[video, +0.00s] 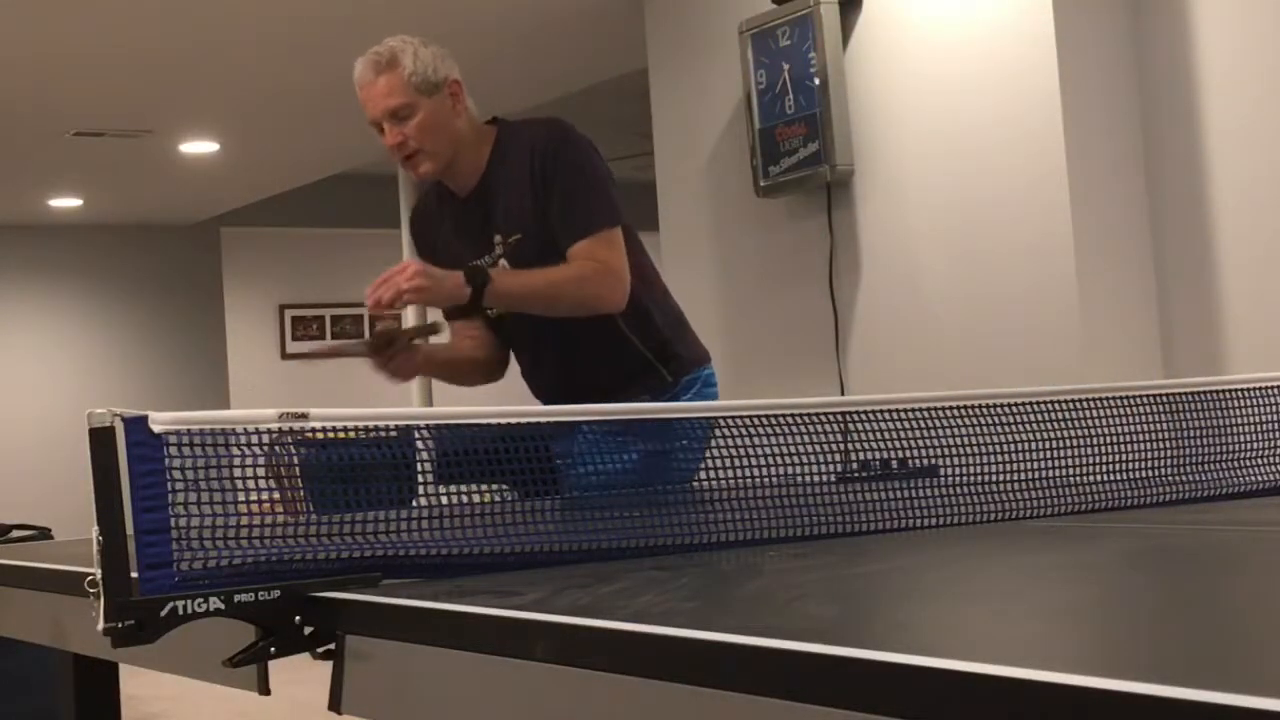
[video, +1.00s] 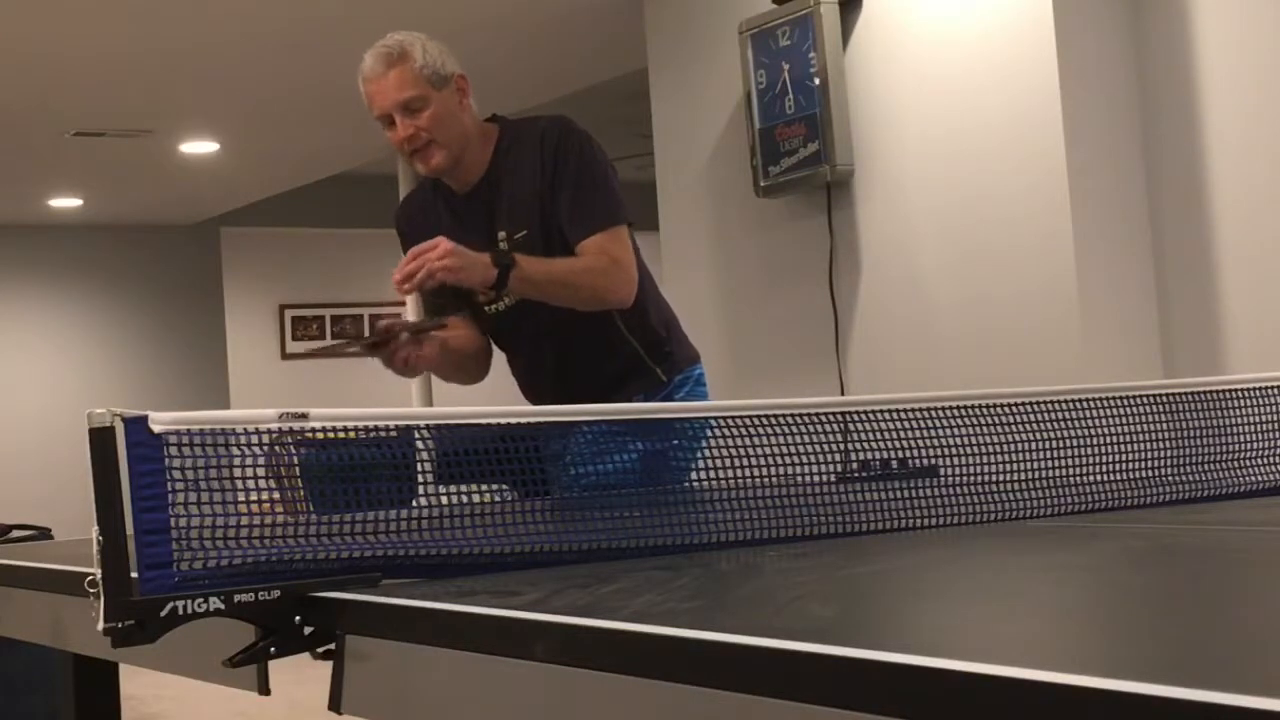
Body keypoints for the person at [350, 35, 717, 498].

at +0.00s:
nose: (392, 141)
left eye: (402, 115)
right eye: (380, 128)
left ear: (454, 96)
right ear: (375, 133)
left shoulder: (552, 149)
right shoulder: (432, 218)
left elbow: (606, 285)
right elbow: (486, 357)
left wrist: (465, 284)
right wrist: (421, 358)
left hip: (667, 394)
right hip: (578, 413)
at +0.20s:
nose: (396, 137)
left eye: (405, 112)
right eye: (382, 125)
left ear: (456, 93)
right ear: (379, 130)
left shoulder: (553, 145)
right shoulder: (426, 218)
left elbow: (615, 278)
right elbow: (471, 367)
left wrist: (482, 280)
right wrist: (426, 345)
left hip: (666, 391)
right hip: (576, 414)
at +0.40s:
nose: (402, 134)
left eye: (411, 109)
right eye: (387, 122)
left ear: (461, 92)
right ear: (382, 128)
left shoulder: (557, 145)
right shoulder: (427, 214)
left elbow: (621, 279)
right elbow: (473, 359)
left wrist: (492, 270)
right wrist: (416, 358)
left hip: (666, 392)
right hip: (576, 416)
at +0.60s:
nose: (402, 137)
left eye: (411, 112)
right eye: (387, 125)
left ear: (460, 92)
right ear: (382, 131)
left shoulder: (555, 145)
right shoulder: (423, 217)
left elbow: (612, 281)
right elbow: (478, 362)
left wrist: (481, 277)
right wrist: (420, 343)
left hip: (665, 394)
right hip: (573, 418)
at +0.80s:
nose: (403, 133)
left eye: (412, 108)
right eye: (386, 122)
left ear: (460, 91)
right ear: (382, 130)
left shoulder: (556, 145)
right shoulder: (420, 216)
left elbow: (615, 280)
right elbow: (472, 364)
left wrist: (487, 276)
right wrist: (419, 341)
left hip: (663, 392)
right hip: (570, 416)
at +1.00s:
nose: (405, 132)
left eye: (414, 108)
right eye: (388, 122)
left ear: (461, 92)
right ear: (382, 130)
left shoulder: (557, 145)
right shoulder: (419, 215)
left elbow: (617, 281)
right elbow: (473, 362)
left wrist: (491, 270)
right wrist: (432, 351)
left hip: (661, 394)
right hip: (567, 416)